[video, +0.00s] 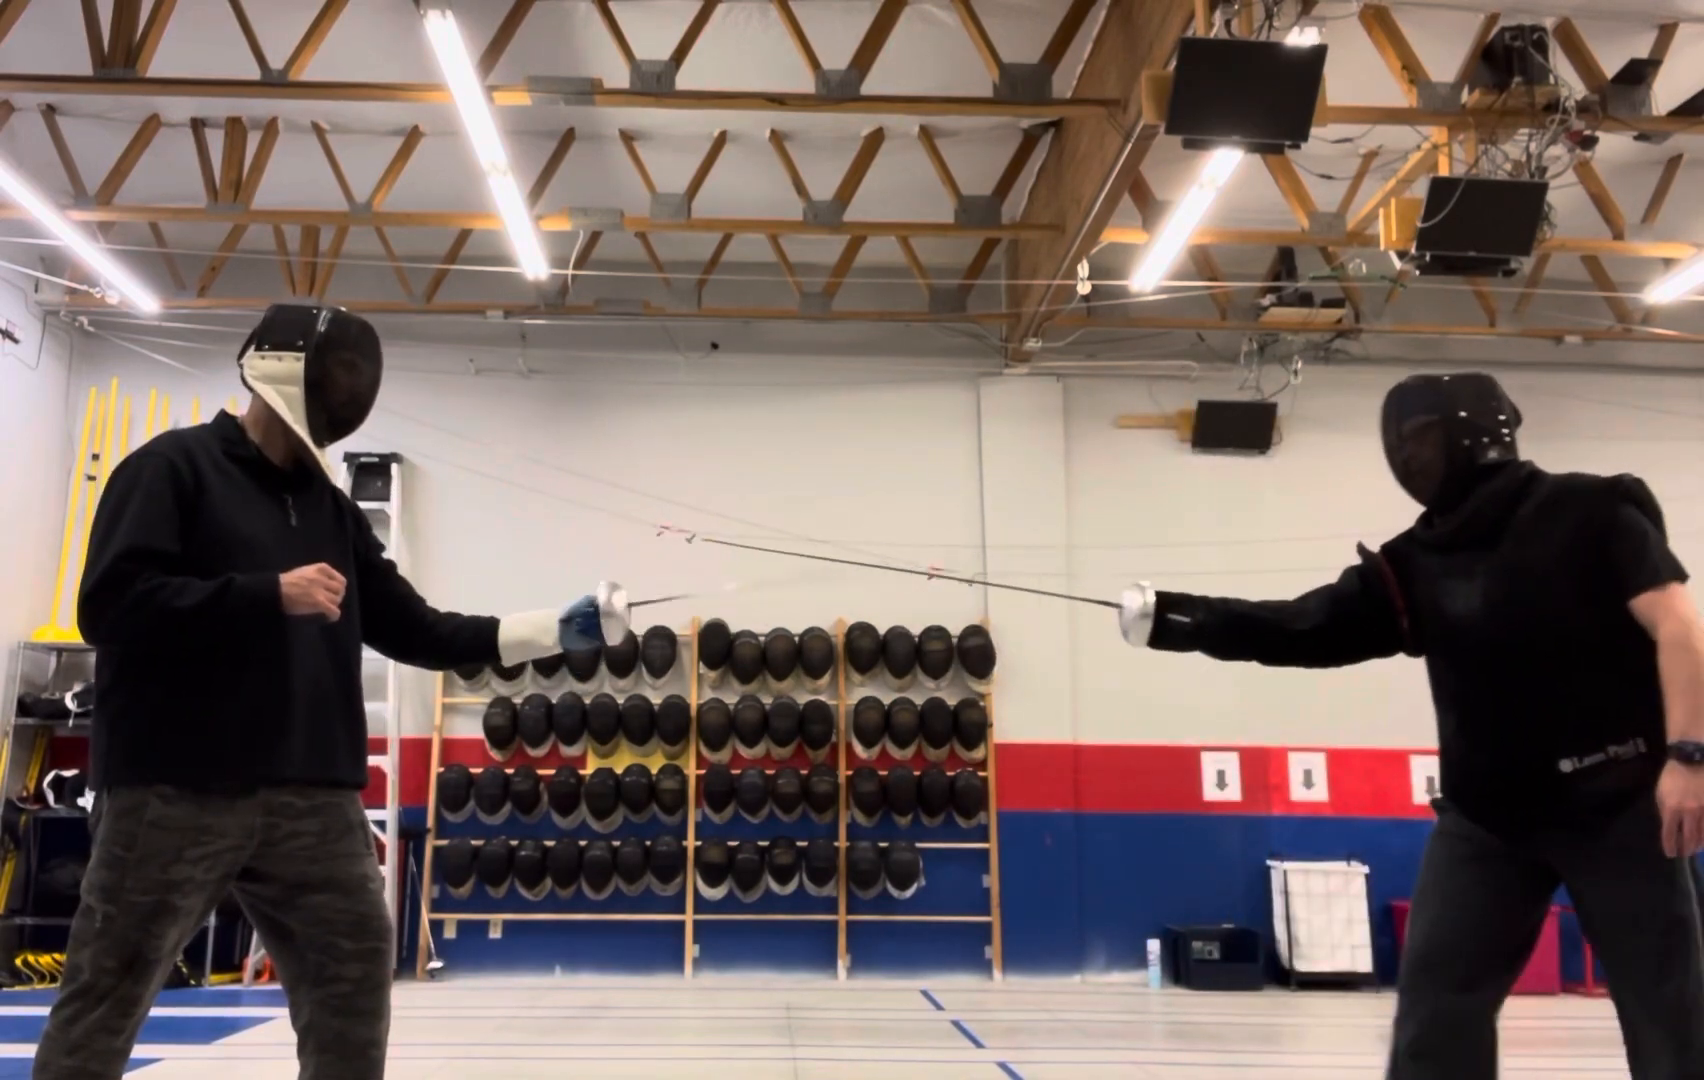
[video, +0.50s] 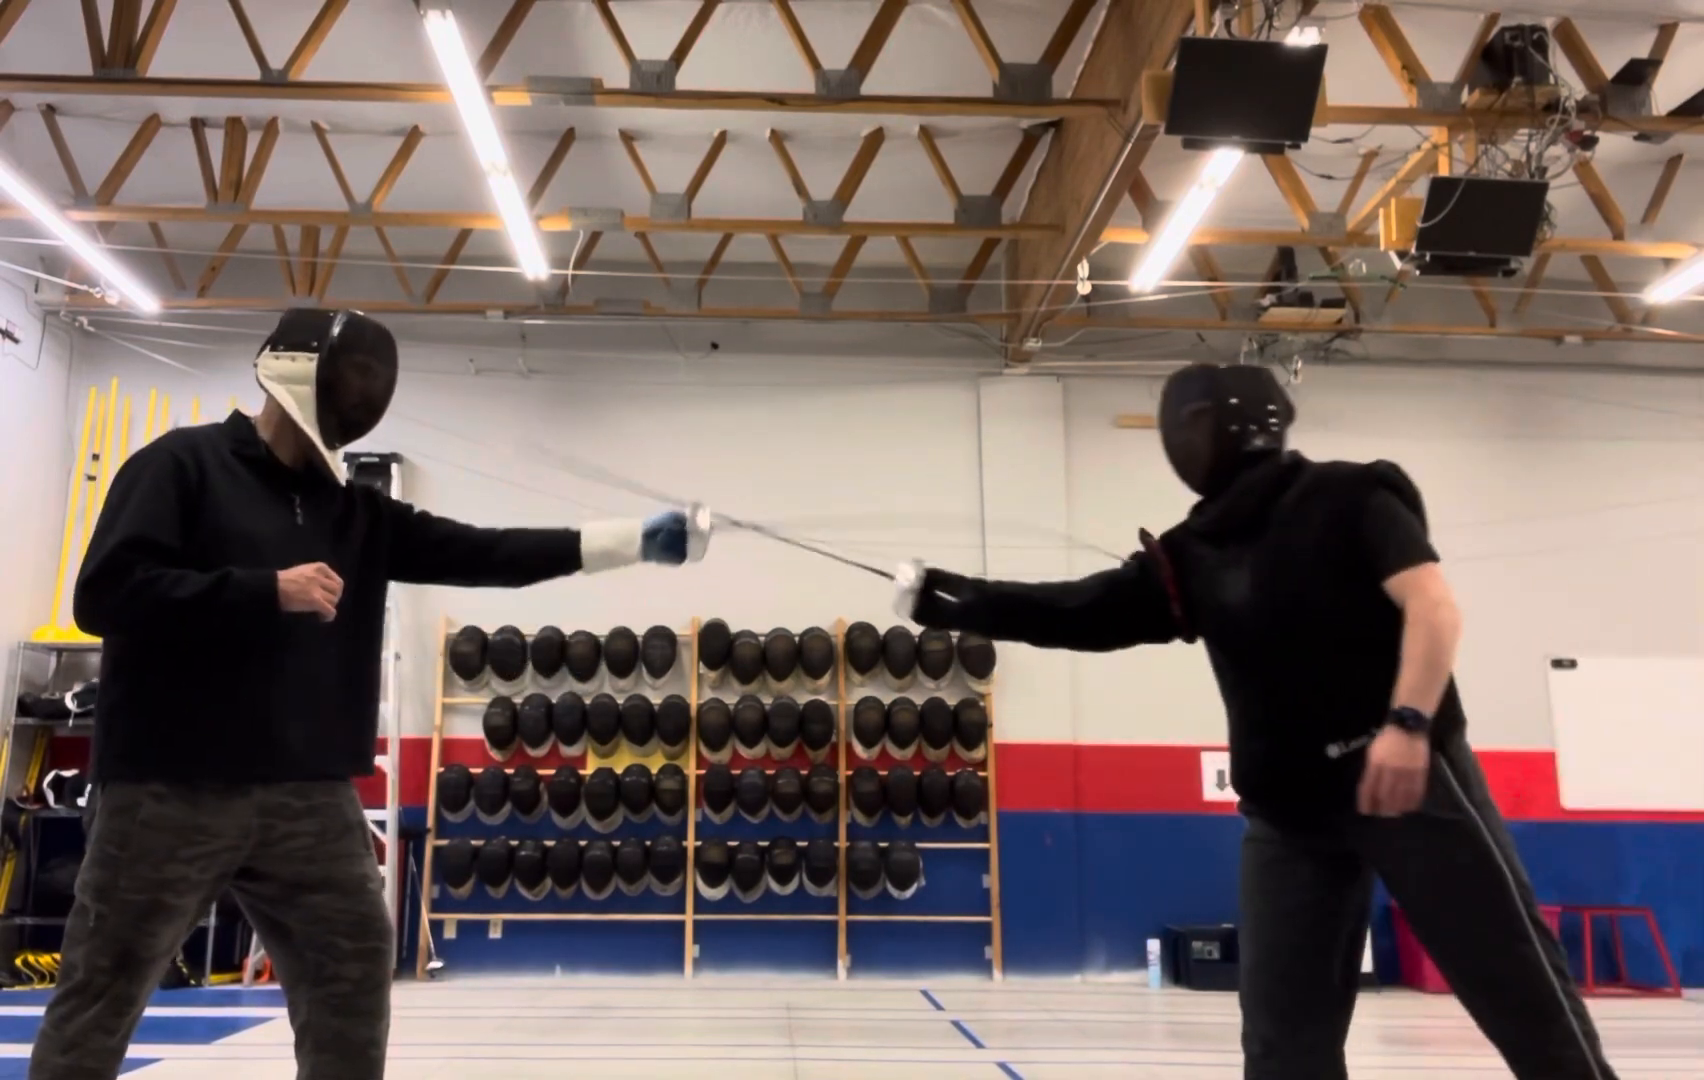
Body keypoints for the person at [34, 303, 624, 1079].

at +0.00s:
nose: (319, 436)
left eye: (331, 421)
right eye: (309, 410)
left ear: (344, 410)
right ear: (266, 379)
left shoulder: (328, 508)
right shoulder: (165, 470)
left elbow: (408, 627)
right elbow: (108, 604)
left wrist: (550, 634)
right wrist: (267, 593)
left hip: (308, 798)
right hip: (170, 793)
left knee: (351, 980)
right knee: (104, 1000)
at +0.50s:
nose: (349, 425)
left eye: (360, 410)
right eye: (337, 401)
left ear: (362, 408)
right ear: (285, 378)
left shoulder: (355, 514)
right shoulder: (176, 467)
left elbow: (483, 553)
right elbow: (104, 591)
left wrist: (634, 541)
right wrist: (266, 588)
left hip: (305, 797)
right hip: (163, 793)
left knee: (352, 981)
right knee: (98, 1001)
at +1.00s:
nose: (340, 418)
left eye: (351, 401)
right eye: (329, 394)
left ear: (352, 398)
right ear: (273, 374)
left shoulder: (343, 508)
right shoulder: (162, 471)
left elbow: (469, 548)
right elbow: (104, 602)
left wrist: (622, 536)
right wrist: (263, 585)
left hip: (309, 798)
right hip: (167, 795)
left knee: (351, 1000)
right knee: (97, 1008)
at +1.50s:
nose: (325, 400)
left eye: (336, 385)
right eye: (314, 377)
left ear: (331, 394)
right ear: (263, 365)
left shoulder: (323, 508)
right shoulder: (152, 468)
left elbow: (401, 626)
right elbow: (96, 603)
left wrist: (527, 650)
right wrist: (252, 585)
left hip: (303, 794)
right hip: (164, 791)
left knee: (348, 971)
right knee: (101, 1000)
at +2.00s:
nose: (339, 400)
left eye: (346, 384)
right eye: (328, 378)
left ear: (337, 391)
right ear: (276, 370)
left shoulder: (333, 510)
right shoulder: (161, 470)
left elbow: (426, 620)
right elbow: (107, 605)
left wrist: (572, 636)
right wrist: (262, 587)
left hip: (310, 795)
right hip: (173, 791)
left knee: (353, 981)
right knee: (105, 1001)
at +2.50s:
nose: (340, 405)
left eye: (347, 389)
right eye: (330, 382)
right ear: (277, 373)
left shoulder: (329, 511)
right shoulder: (163, 469)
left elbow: (425, 619)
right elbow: (109, 601)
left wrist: (573, 629)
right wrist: (265, 589)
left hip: (307, 794)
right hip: (171, 789)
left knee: (352, 979)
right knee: (104, 999)